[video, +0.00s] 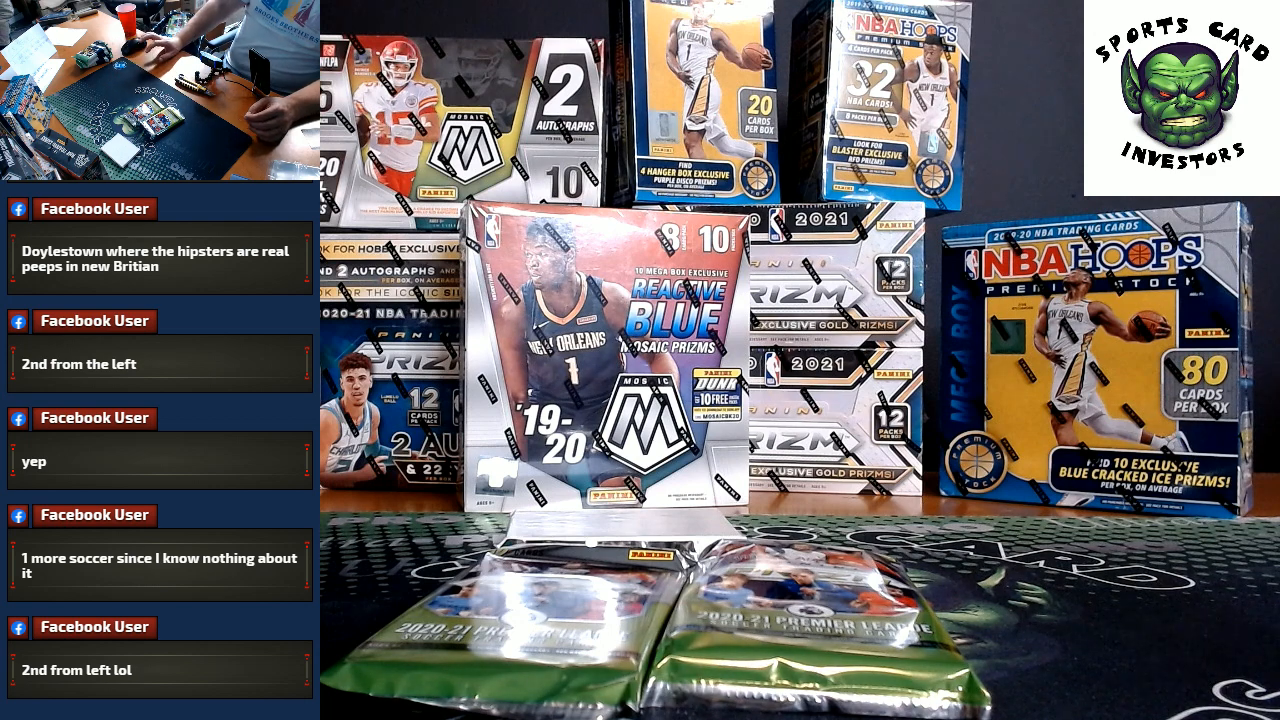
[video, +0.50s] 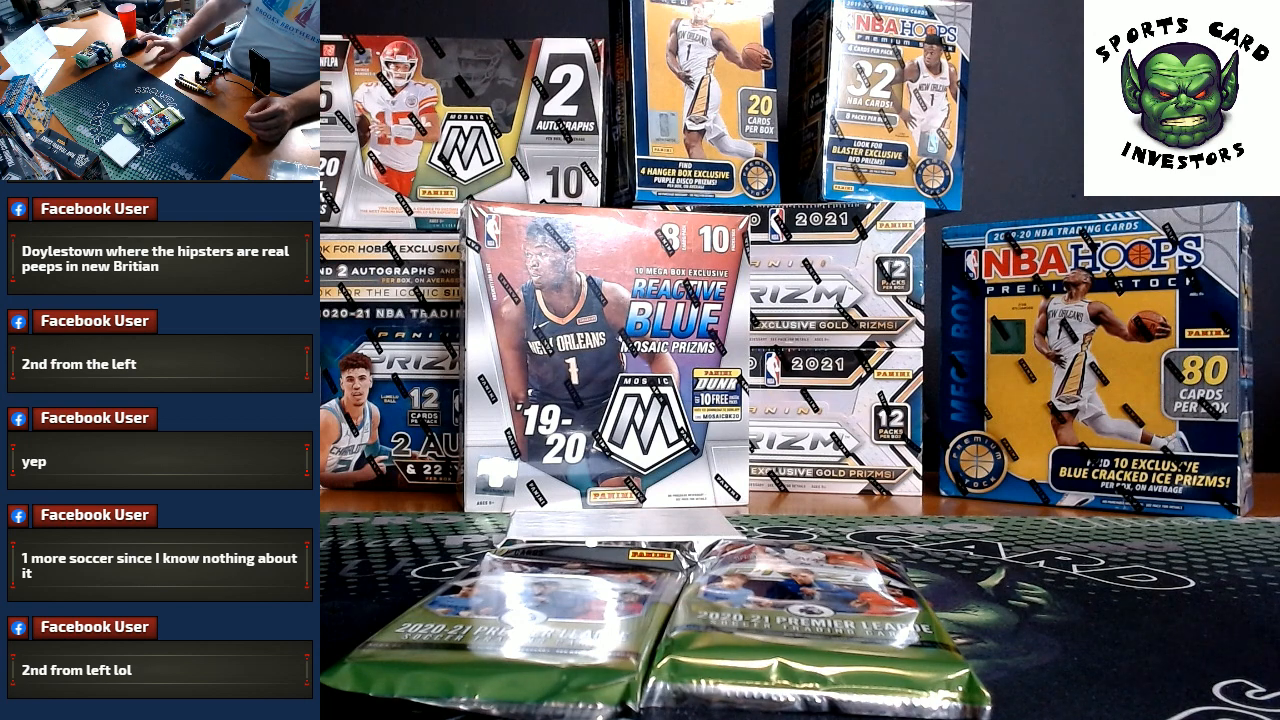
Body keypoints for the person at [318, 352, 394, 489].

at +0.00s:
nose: (356, 385)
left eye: (362, 378)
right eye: (350, 379)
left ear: (370, 382)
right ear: (341, 383)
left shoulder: (372, 413)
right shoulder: (325, 419)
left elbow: (373, 451)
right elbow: (316, 477)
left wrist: (406, 456)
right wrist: (360, 475)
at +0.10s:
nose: (356, 385)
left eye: (362, 378)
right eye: (350, 379)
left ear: (370, 382)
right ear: (341, 383)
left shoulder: (372, 413)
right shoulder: (325, 419)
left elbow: (373, 451)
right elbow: (316, 477)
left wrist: (406, 456)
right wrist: (360, 475)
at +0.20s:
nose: (356, 385)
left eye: (362, 378)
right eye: (350, 379)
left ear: (370, 382)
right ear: (341, 383)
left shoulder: (372, 413)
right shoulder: (325, 419)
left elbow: (373, 450)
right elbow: (316, 477)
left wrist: (406, 456)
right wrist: (360, 475)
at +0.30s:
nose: (356, 385)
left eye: (362, 378)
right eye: (350, 379)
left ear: (370, 382)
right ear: (341, 383)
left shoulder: (372, 413)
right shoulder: (325, 419)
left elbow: (373, 450)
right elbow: (316, 477)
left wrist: (406, 456)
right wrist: (360, 475)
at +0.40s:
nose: (356, 385)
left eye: (362, 378)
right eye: (350, 379)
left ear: (370, 382)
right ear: (341, 383)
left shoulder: (372, 413)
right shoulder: (325, 419)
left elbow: (373, 450)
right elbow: (316, 477)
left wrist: (406, 456)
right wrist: (360, 475)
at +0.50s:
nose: (356, 385)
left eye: (362, 378)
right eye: (350, 379)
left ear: (370, 382)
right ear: (341, 383)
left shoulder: (372, 413)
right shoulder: (325, 419)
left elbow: (373, 450)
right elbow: (316, 477)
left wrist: (406, 456)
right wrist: (360, 475)